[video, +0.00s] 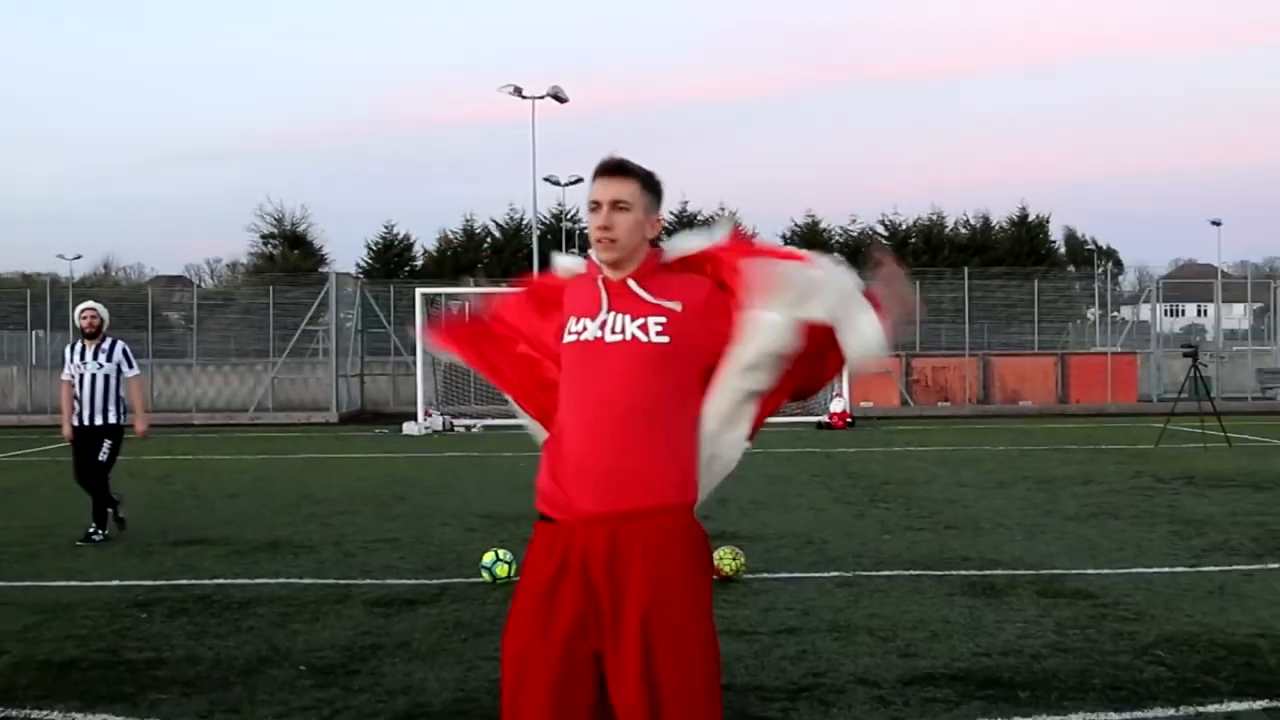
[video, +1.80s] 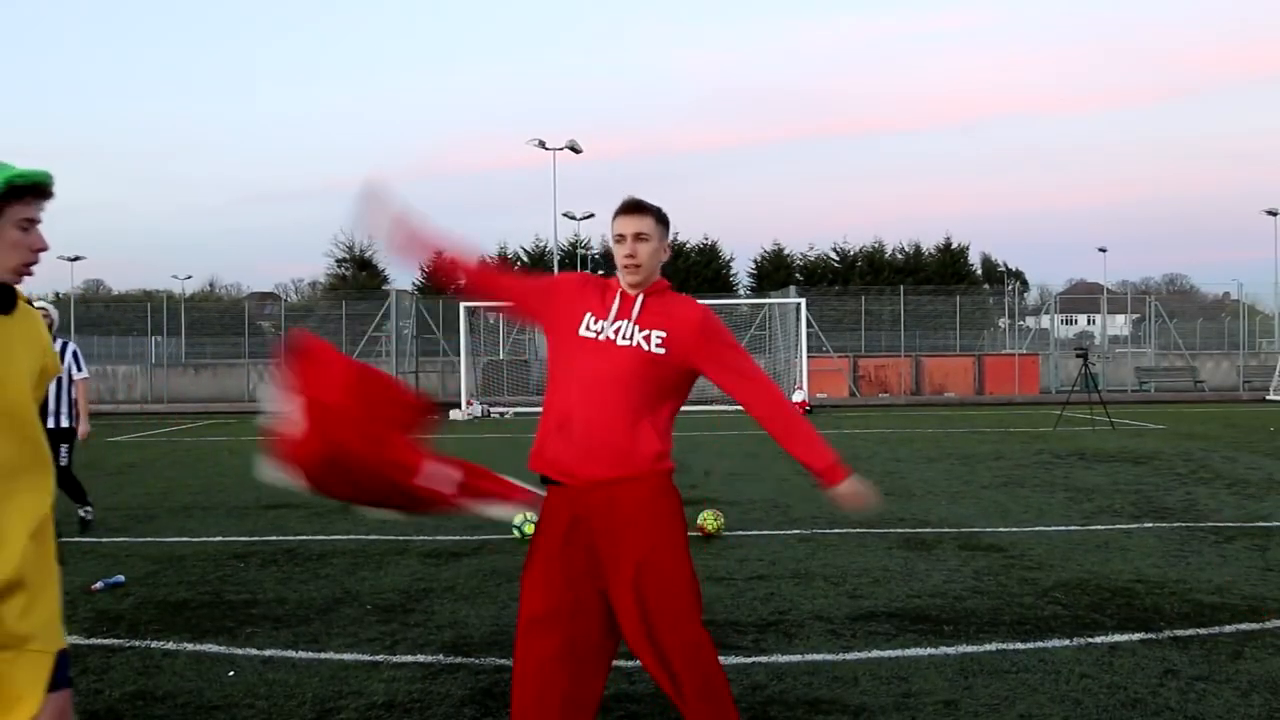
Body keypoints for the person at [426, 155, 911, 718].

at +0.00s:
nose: (603, 221)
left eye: (621, 208)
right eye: (595, 207)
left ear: (655, 222)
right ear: (585, 217)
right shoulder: (561, 297)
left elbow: (789, 366)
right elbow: (468, 323)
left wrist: (863, 310)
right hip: (561, 537)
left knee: (671, 699)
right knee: (536, 699)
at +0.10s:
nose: (594, 232)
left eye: (610, 219)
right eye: (587, 220)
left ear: (641, 231)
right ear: (579, 229)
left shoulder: (687, 301)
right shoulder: (576, 300)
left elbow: (769, 367)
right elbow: (551, 381)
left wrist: (805, 436)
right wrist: (567, 429)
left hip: (657, 518)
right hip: (572, 517)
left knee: (670, 679)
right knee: (549, 677)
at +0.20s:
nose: (598, 245)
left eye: (613, 234)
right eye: (591, 234)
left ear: (641, 244)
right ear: (585, 242)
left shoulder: (680, 310)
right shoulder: (582, 313)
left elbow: (716, 401)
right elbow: (602, 402)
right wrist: (573, 450)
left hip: (657, 509)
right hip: (583, 509)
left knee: (677, 662)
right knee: (559, 665)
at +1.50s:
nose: (597, 246)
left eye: (611, 236)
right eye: (591, 237)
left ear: (638, 249)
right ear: (582, 248)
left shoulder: (680, 311)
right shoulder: (553, 321)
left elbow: (699, 386)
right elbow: (540, 404)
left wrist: (677, 454)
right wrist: (571, 463)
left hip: (662, 500)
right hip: (581, 506)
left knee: (679, 645)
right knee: (559, 648)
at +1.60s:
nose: (601, 243)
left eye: (615, 233)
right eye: (593, 233)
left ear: (640, 246)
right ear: (586, 244)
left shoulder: (677, 311)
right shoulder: (552, 319)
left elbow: (709, 376)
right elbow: (497, 393)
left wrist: (687, 451)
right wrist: (531, 476)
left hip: (660, 496)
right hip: (575, 504)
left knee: (685, 645)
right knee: (561, 653)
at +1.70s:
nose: (613, 241)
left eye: (627, 231)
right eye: (606, 231)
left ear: (651, 246)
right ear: (596, 241)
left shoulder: (681, 312)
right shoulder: (555, 303)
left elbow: (736, 371)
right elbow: (476, 351)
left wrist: (737, 449)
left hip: (653, 493)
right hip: (573, 497)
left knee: (684, 639)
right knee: (555, 643)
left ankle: (707, 715)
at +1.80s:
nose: (628, 251)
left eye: (641, 240)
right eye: (619, 240)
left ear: (665, 249)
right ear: (610, 247)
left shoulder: (688, 320)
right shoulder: (567, 293)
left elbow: (760, 394)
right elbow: (481, 277)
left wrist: (833, 471)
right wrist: (413, 242)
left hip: (640, 501)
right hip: (565, 500)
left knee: (676, 648)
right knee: (547, 656)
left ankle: (720, 716)